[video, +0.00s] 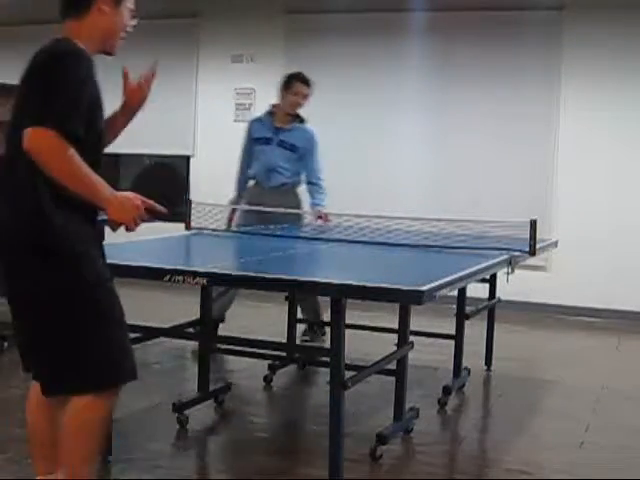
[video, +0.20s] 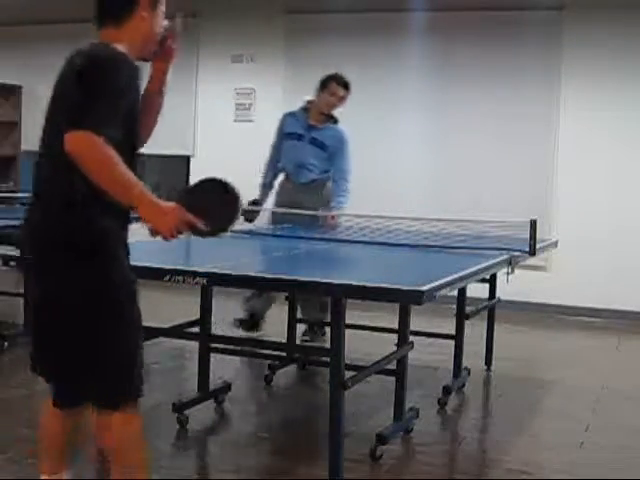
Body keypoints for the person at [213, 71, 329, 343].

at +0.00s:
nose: (300, 102)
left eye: (305, 98)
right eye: (297, 95)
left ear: (306, 101)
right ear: (283, 93)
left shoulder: (305, 135)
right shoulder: (256, 126)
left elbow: (313, 175)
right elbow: (244, 167)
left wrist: (319, 207)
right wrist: (236, 201)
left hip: (286, 196)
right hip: (255, 195)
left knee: (297, 260)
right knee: (236, 258)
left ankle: (315, 323)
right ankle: (211, 318)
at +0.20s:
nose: (334, 103)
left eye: (340, 100)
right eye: (332, 96)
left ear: (342, 103)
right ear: (319, 92)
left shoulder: (336, 137)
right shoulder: (289, 122)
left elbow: (341, 177)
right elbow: (274, 162)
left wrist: (336, 208)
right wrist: (261, 198)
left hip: (318, 194)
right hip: (288, 190)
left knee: (313, 257)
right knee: (275, 251)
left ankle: (315, 323)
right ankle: (254, 314)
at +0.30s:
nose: (345, 101)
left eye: (350, 98)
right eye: (343, 94)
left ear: (352, 103)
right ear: (330, 90)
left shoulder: (346, 135)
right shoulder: (302, 120)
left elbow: (351, 175)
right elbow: (286, 158)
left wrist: (340, 208)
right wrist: (273, 190)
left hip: (328, 190)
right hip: (301, 186)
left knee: (321, 252)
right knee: (292, 249)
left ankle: (316, 320)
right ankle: (289, 314)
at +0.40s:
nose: (353, 100)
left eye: (359, 98)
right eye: (351, 93)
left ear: (362, 103)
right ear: (341, 89)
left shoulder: (354, 135)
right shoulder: (314, 121)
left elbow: (358, 178)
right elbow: (300, 161)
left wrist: (346, 210)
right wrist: (285, 191)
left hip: (340, 190)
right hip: (315, 186)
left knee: (332, 251)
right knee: (308, 249)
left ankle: (323, 319)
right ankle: (312, 319)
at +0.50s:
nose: (356, 95)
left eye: (363, 95)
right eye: (356, 89)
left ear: (370, 103)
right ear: (348, 89)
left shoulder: (361, 136)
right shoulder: (329, 122)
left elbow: (362, 178)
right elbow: (317, 162)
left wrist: (350, 210)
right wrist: (298, 189)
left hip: (348, 191)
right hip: (329, 187)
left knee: (334, 252)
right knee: (334, 251)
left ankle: (316, 320)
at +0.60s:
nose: (363, 94)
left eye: (370, 93)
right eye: (363, 89)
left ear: (379, 101)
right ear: (358, 90)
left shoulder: (372, 133)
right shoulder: (347, 124)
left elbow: (370, 177)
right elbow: (334, 162)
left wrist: (354, 210)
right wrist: (321, 191)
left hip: (361, 196)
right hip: (344, 191)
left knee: (347, 256)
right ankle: (390, 304)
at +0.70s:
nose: (369, 98)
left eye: (376, 96)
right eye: (370, 93)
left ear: (386, 103)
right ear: (368, 96)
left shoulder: (384, 136)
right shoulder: (364, 132)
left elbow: (384, 185)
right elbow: (354, 172)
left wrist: (360, 204)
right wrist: (335, 195)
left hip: (378, 208)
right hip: (361, 205)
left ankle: (405, 315)